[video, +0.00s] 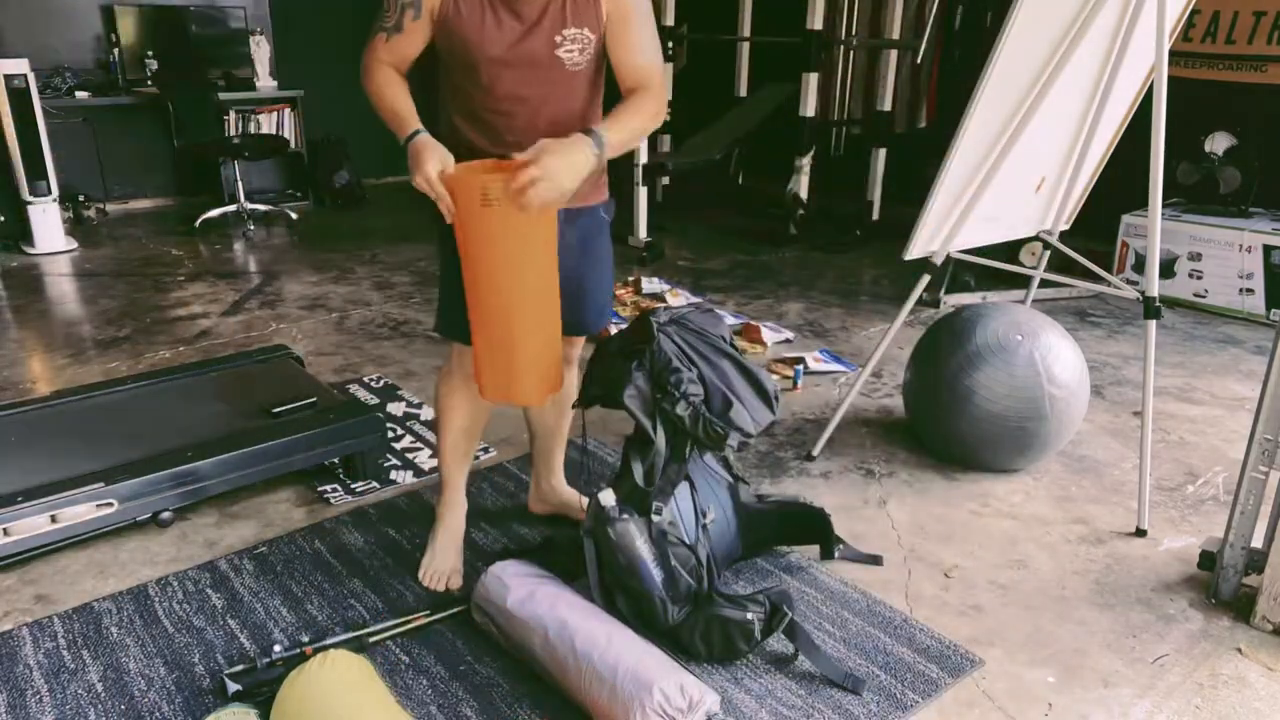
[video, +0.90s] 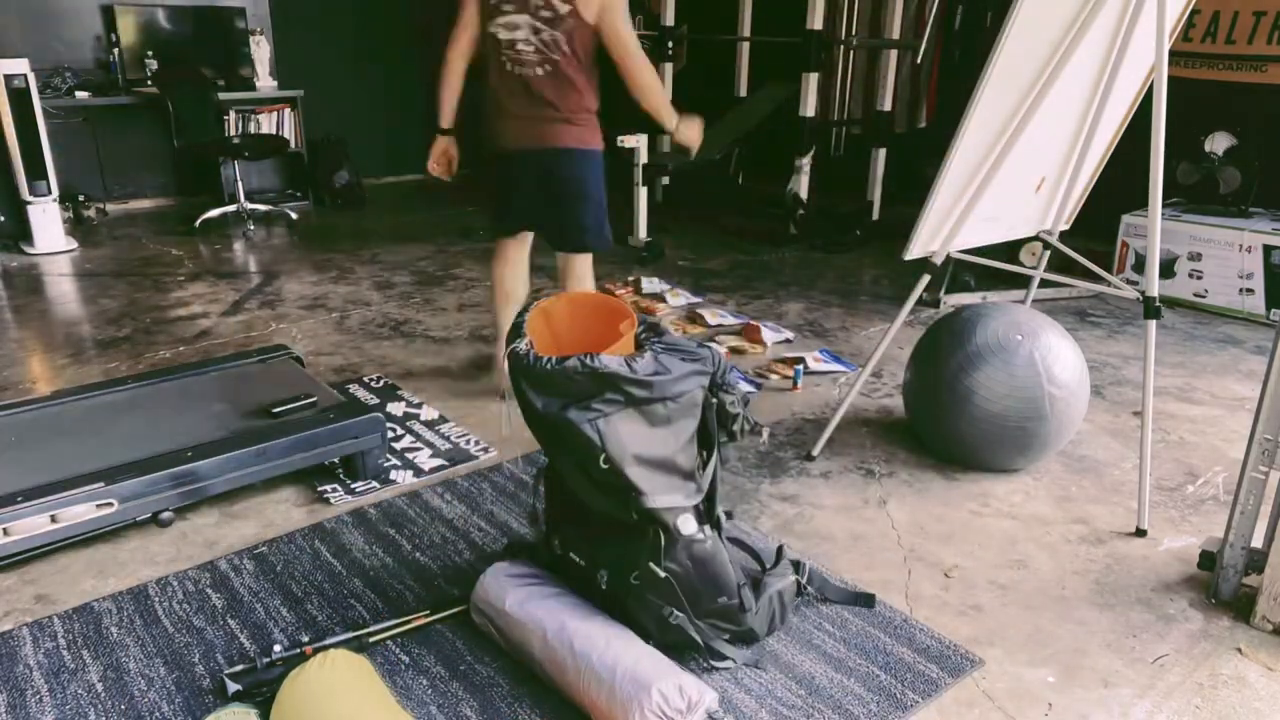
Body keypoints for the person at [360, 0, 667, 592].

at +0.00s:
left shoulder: (613, 2)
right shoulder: (437, 4)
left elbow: (650, 94)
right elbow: (380, 65)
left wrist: (589, 149)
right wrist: (415, 137)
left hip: (578, 206)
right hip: (477, 206)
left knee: (567, 351)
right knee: (468, 359)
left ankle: (549, 484)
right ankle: (451, 513)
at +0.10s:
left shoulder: (641, 18)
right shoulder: (485, 6)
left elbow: (639, 144)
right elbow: (380, 49)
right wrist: (435, 108)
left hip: (564, 187)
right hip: (475, 182)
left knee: (562, 338)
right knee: (467, 347)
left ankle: (548, 484)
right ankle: (449, 513)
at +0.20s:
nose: (636, 29)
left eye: (645, 22)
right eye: (633, 15)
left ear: (650, 14)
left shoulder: (641, 43)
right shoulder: (502, 13)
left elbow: (612, 162)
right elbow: (419, 112)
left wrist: (616, 285)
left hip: (558, 199)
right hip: (475, 201)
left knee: (560, 346)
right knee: (487, 361)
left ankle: (550, 484)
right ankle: (497, 510)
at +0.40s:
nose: (764, 240)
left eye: (778, 235)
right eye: (773, 225)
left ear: (764, 175)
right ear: (760, 183)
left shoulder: (721, 139)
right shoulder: (689, 198)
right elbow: (667, 343)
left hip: (591, 221)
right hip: (515, 208)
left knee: (608, 347)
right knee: (526, 382)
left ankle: (598, 489)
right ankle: (497, 511)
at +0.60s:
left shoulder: (602, 6)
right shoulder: (462, 4)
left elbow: (603, 103)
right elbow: (427, 122)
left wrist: (607, 197)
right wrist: (509, 229)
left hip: (561, 213)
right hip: (472, 218)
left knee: (570, 366)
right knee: (478, 374)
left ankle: (569, 511)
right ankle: (474, 519)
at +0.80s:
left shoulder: (541, 4)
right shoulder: (406, 6)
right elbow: (355, 138)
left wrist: (602, 108)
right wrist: (456, 234)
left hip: (533, 204)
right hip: (449, 219)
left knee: (558, 347)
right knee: (468, 380)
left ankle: (551, 457)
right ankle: (476, 512)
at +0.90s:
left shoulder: (483, 4)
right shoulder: (599, 2)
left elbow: (458, 52)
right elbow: (634, 65)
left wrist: (444, 130)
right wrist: (676, 123)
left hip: (508, 147)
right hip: (573, 149)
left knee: (511, 242)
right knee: (577, 261)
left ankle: (506, 363)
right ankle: (581, 371)